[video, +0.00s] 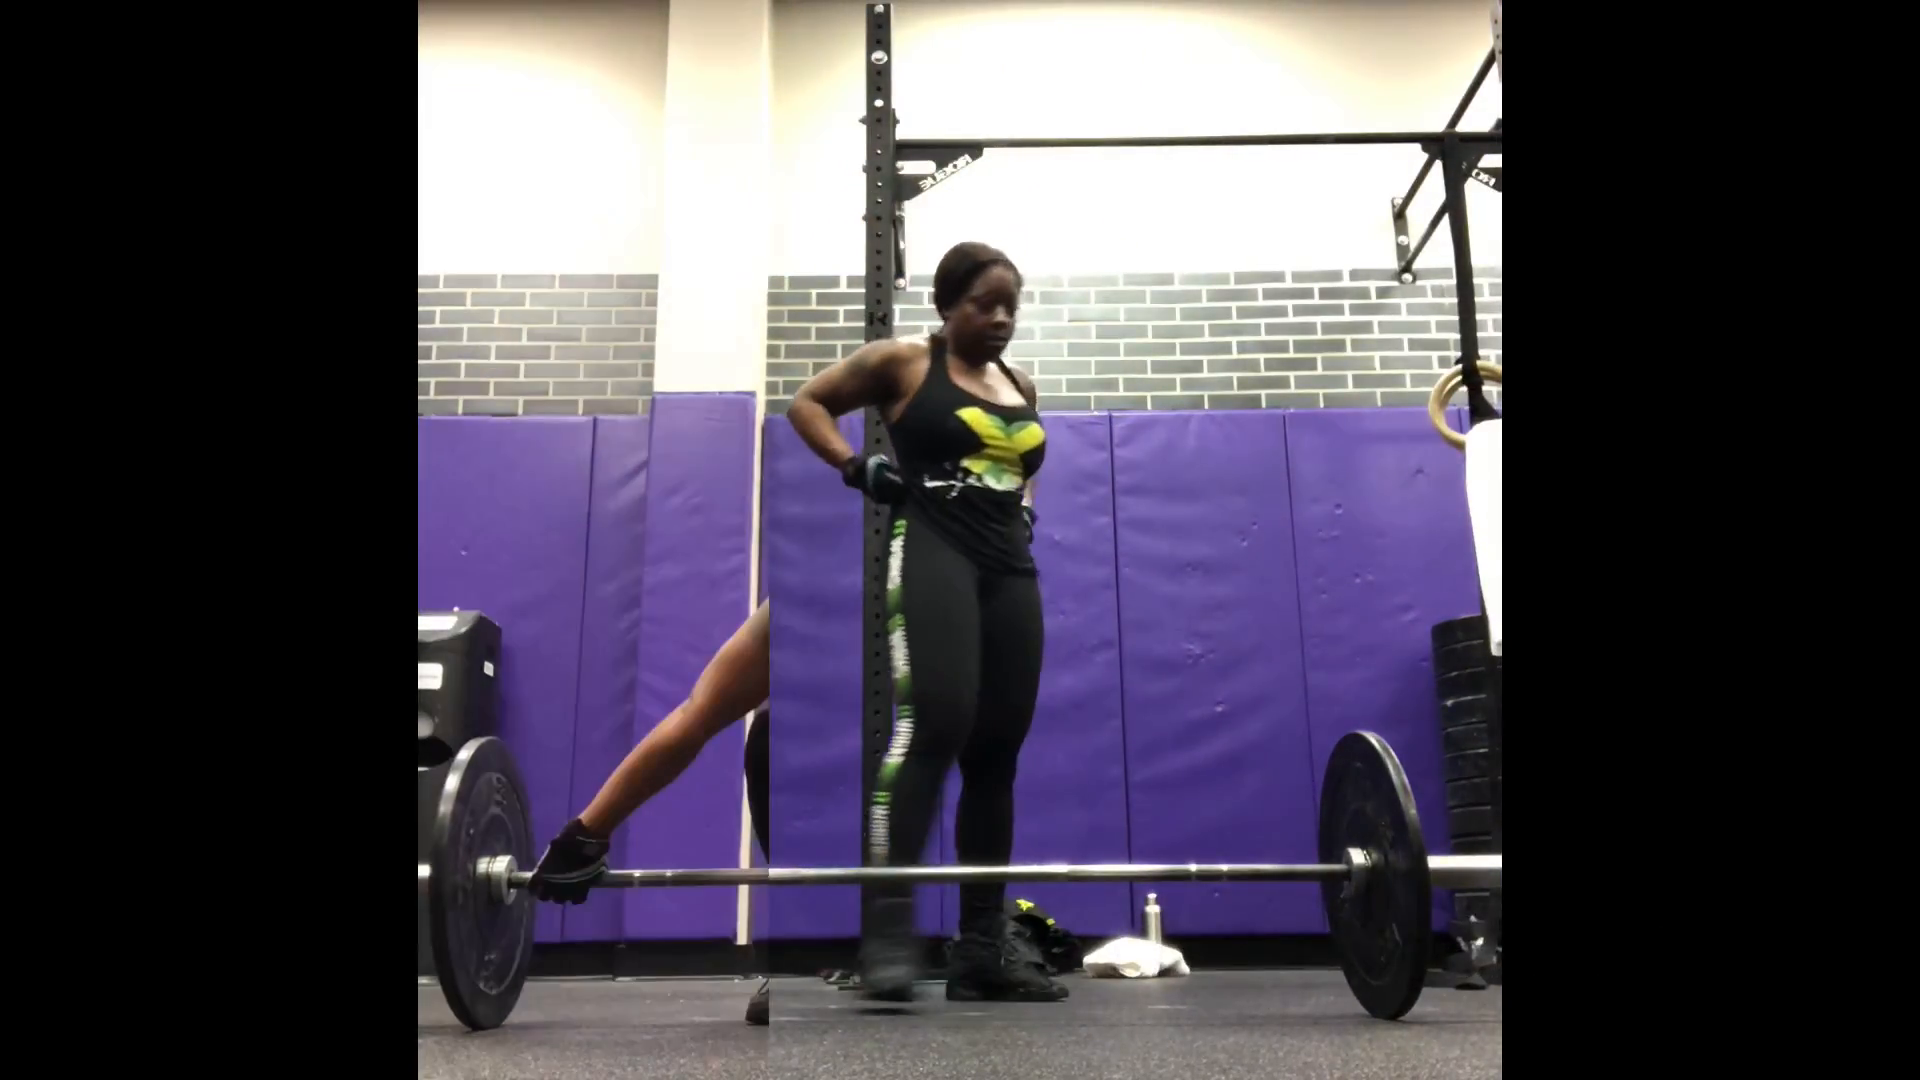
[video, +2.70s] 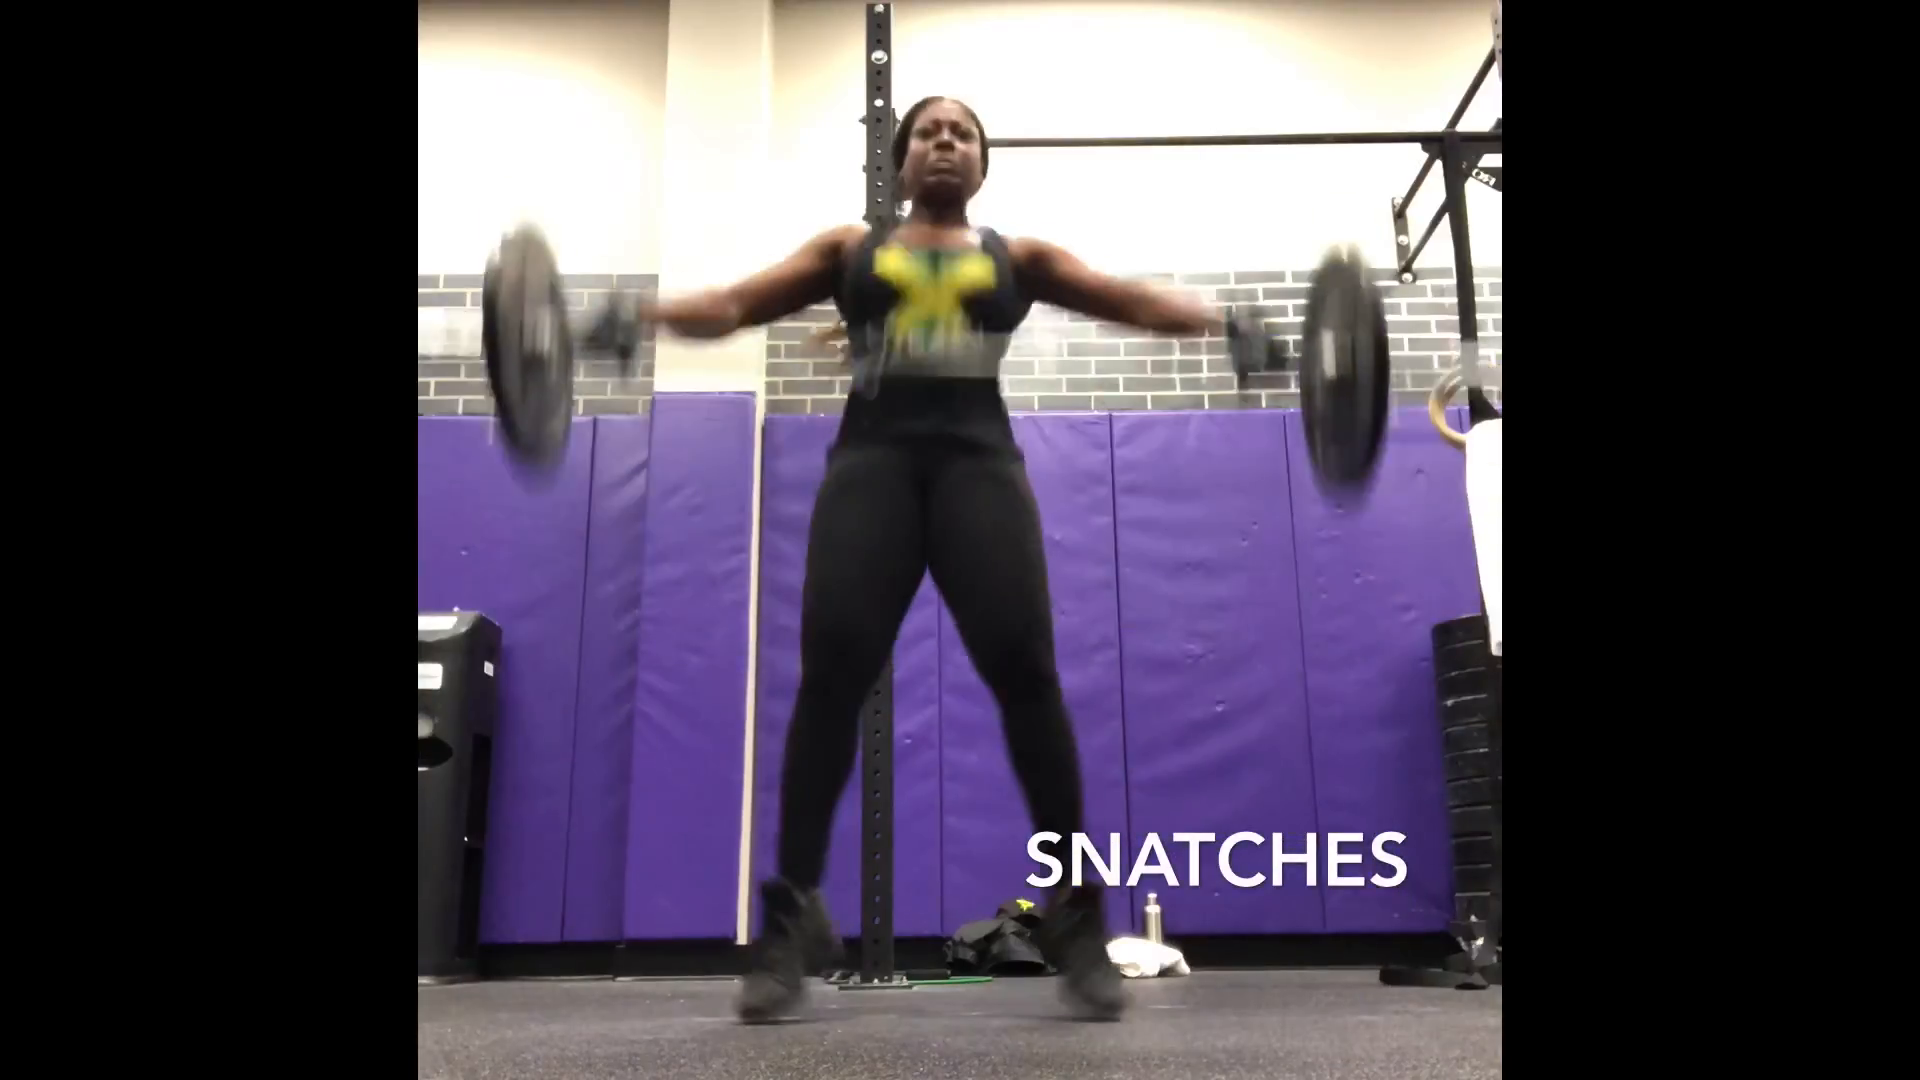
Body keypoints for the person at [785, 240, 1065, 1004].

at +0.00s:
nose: (1002, 318)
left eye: (1011, 306)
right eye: (987, 304)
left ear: (1017, 311)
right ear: (947, 305)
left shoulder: (1015, 379)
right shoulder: (901, 363)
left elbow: (1023, 453)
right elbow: (805, 404)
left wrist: (1020, 495)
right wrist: (850, 462)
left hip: (1009, 561)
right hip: (928, 549)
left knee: (994, 754)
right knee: (930, 728)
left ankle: (982, 948)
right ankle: (886, 941)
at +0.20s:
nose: (926, 521)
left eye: (944, 503)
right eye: (907, 504)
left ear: (971, 509)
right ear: (877, 513)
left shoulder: (1024, 592)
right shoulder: (824, 592)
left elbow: (1150, 723)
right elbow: (698, 720)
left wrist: (1263, 821)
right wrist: (584, 834)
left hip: (986, 730)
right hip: (867, 733)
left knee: (1065, 738)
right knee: (778, 746)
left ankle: (1050, 961)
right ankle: (819, 962)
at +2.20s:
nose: (927, 425)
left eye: (945, 408)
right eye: (908, 410)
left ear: (974, 419)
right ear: (880, 424)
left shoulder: (1023, 510)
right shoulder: (831, 505)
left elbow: (1144, 625)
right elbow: (707, 617)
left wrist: (1251, 724)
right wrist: (597, 723)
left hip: (989, 642)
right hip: (876, 645)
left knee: (1068, 724)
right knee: (786, 731)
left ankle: (1050, 962)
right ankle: (819, 959)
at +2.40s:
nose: (927, 328)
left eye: (945, 313)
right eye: (909, 313)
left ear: (969, 339)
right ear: (881, 336)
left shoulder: (1015, 433)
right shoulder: (837, 428)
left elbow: (1136, 541)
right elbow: (715, 531)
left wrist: (1242, 639)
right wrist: (608, 634)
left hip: (988, 600)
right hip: (876, 603)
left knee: (1063, 732)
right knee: (789, 732)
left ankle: (1051, 958)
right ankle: (820, 958)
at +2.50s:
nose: (934, 249)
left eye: (950, 237)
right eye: (915, 237)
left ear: (976, 268)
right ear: (885, 267)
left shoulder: (1019, 380)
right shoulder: (837, 372)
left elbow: (1140, 463)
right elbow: (719, 453)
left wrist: (1242, 554)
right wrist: (615, 545)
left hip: (985, 587)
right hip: (871, 588)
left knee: (1054, 725)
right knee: (791, 728)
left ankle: (1048, 959)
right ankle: (822, 957)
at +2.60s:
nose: (943, 179)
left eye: (958, 170)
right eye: (924, 169)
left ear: (979, 200)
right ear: (894, 197)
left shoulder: (1021, 312)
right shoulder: (842, 303)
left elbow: (1138, 377)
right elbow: (732, 369)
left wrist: (1235, 442)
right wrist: (629, 428)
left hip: (980, 539)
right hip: (870, 538)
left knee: (1030, 713)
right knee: (816, 712)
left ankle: (1047, 945)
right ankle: (817, 947)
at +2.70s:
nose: (943, 140)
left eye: (960, 133)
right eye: (926, 131)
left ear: (983, 166)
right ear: (899, 162)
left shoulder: (1015, 258)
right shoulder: (850, 250)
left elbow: (1133, 302)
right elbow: (734, 306)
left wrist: (1232, 325)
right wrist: (631, 311)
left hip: (978, 478)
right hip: (870, 477)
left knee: (1028, 681)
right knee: (831, 680)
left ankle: (1073, 910)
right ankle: (792, 912)